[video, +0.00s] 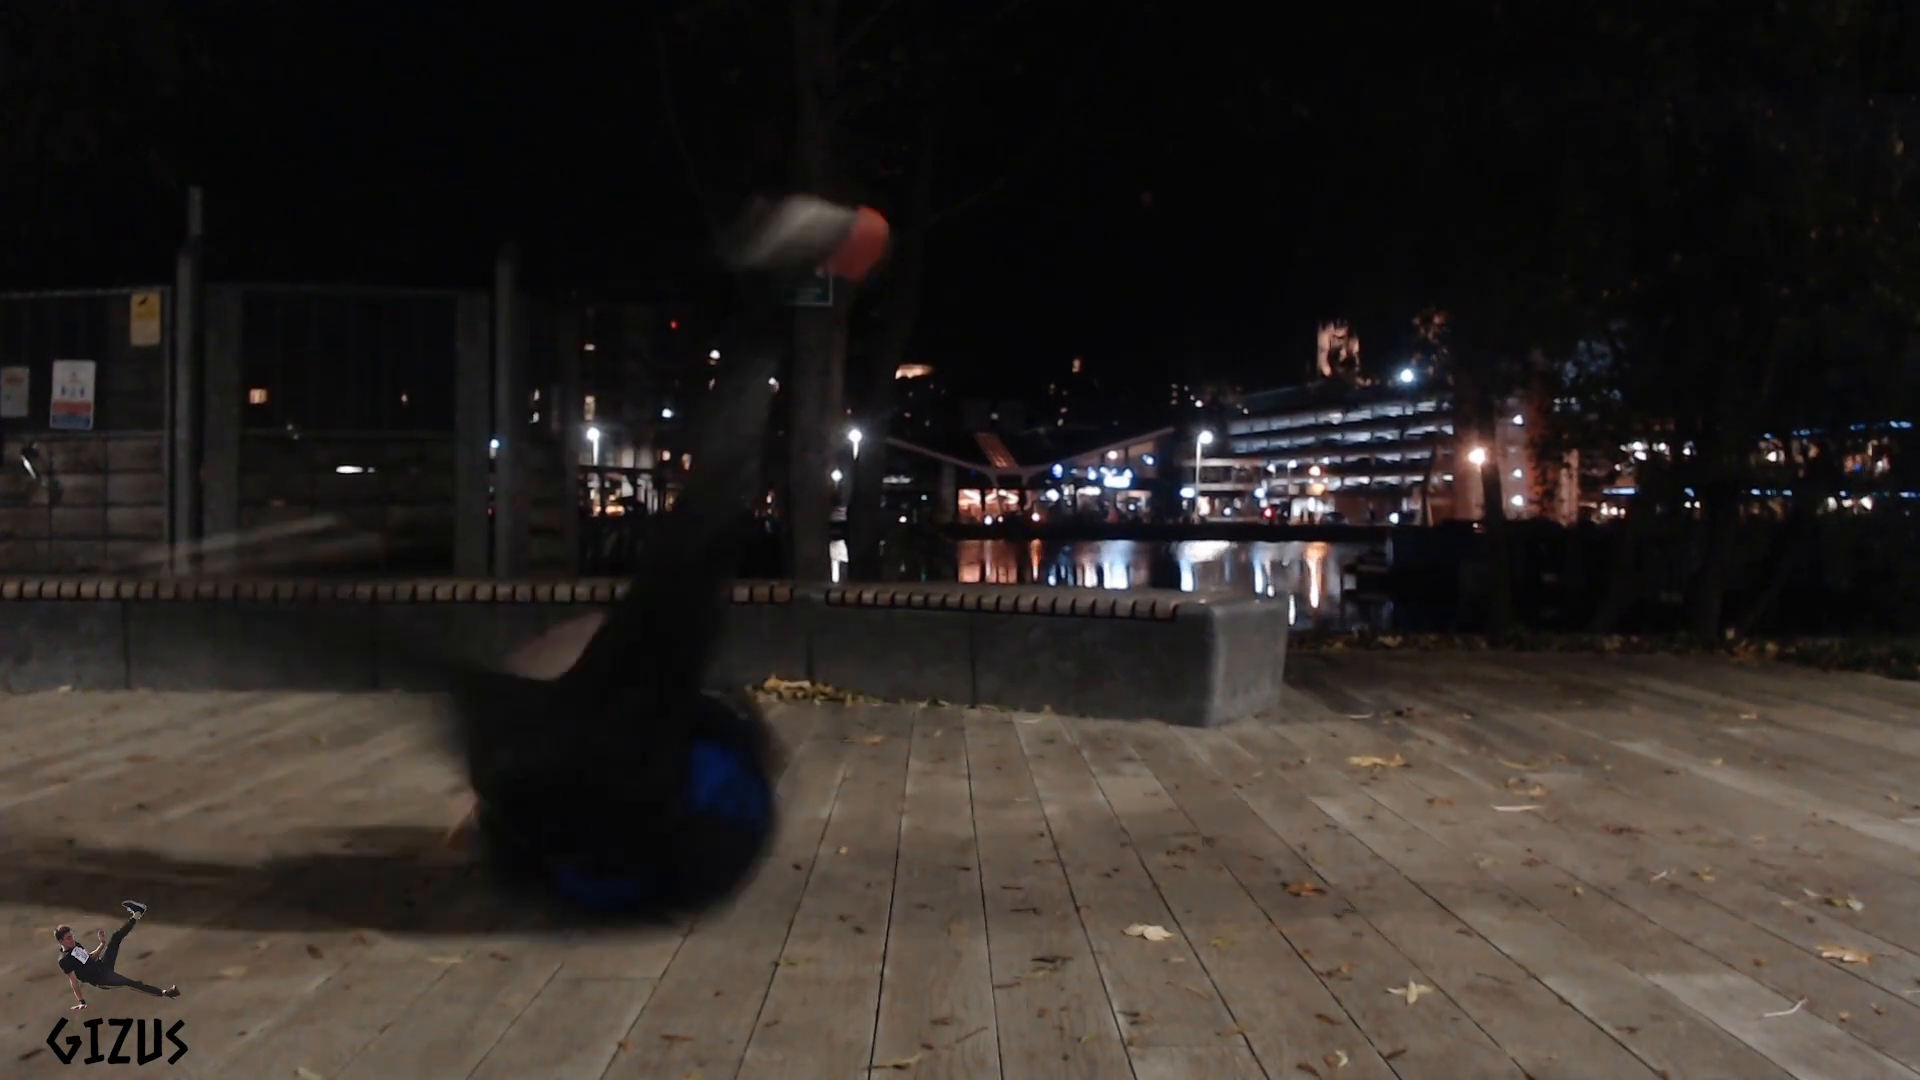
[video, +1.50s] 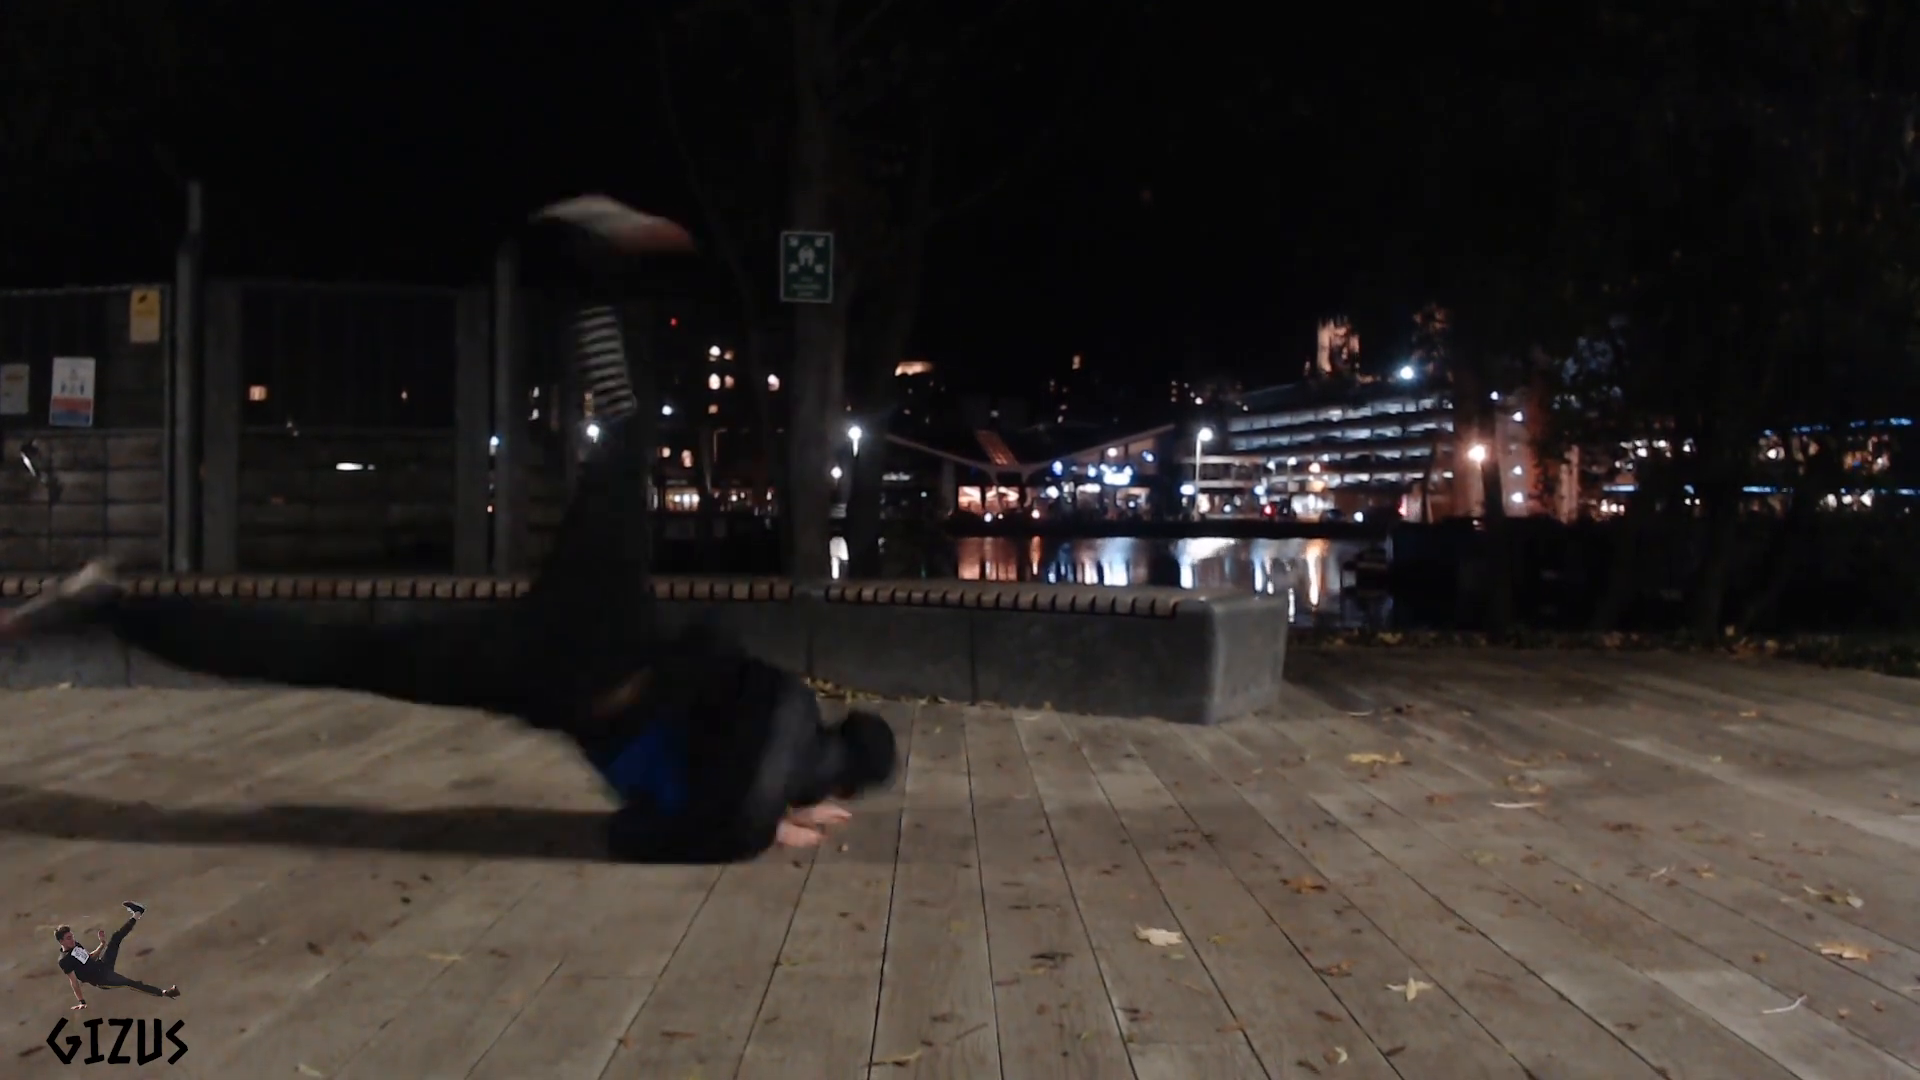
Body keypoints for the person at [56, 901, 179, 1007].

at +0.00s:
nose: (73, 939)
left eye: (72, 936)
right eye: (69, 938)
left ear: (71, 937)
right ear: (61, 941)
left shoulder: (75, 946)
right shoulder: (64, 960)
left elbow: (91, 957)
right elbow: (74, 982)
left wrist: (102, 945)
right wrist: (81, 1002)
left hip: (104, 965)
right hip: (102, 978)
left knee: (116, 938)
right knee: (131, 983)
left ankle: (136, 916)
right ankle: (164, 993)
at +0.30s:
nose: (73, 939)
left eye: (72, 936)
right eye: (69, 938)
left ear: (71, 937)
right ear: (61, 942)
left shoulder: (76, 946)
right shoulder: (64, 961)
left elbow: (91, 957)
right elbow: (74, 982)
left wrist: (102, 945)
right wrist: (81, 1002)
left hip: (104, 965)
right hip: (102, 978)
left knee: (115, 939)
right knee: (132, 983)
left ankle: (136, 916)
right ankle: (164, 993)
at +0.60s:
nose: (73, 939)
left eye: (72, 936)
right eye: (69, 938)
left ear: (71, 937)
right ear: (61, 941)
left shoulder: (76, 946)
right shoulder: (64, 960)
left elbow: (91, 957)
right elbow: (74, 982)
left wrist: (102, 945)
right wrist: (81, 1002)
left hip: (104, 965)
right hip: (102, 978)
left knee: (116, 939)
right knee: (131, 983)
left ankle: (136, 916)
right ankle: (164, 993)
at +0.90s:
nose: (73, 939)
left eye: (72, 936)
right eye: (69, 938)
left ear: (71, 937)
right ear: (61, 941)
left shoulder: (76, 946)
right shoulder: (64, 960)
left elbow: (91, 957)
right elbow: (74, 982)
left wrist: (102, 944)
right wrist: (81, 1002)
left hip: (104, 965)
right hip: (102, 978)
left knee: (115, 939)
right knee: (131, 983)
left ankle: (136, 916)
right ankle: (164, 993)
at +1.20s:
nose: (73, 939)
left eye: (72, 936)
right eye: (69, 938)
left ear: (71, 937)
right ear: (61, 941)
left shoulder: (76, 946)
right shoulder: (64, 961)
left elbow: (91, 957)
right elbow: (74, 982)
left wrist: (102, 944)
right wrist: (81, 1002)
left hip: (104, 964)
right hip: (102, 978)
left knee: (115, 939)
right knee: (131, 983)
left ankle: (135, 916)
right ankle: (164, 993)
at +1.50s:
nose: (73, 939)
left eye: (72, 936)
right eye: (69, 938)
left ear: (70, 937)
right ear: (62, 941)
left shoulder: (75, 946)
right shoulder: (64, 960)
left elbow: (91, 957)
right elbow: (73, 982)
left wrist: (102, 944)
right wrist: (81, 1001)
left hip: (104, 965)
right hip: (102, 978)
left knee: (116, 939)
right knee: (131, 983)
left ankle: (136, 916)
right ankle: (165, 993)